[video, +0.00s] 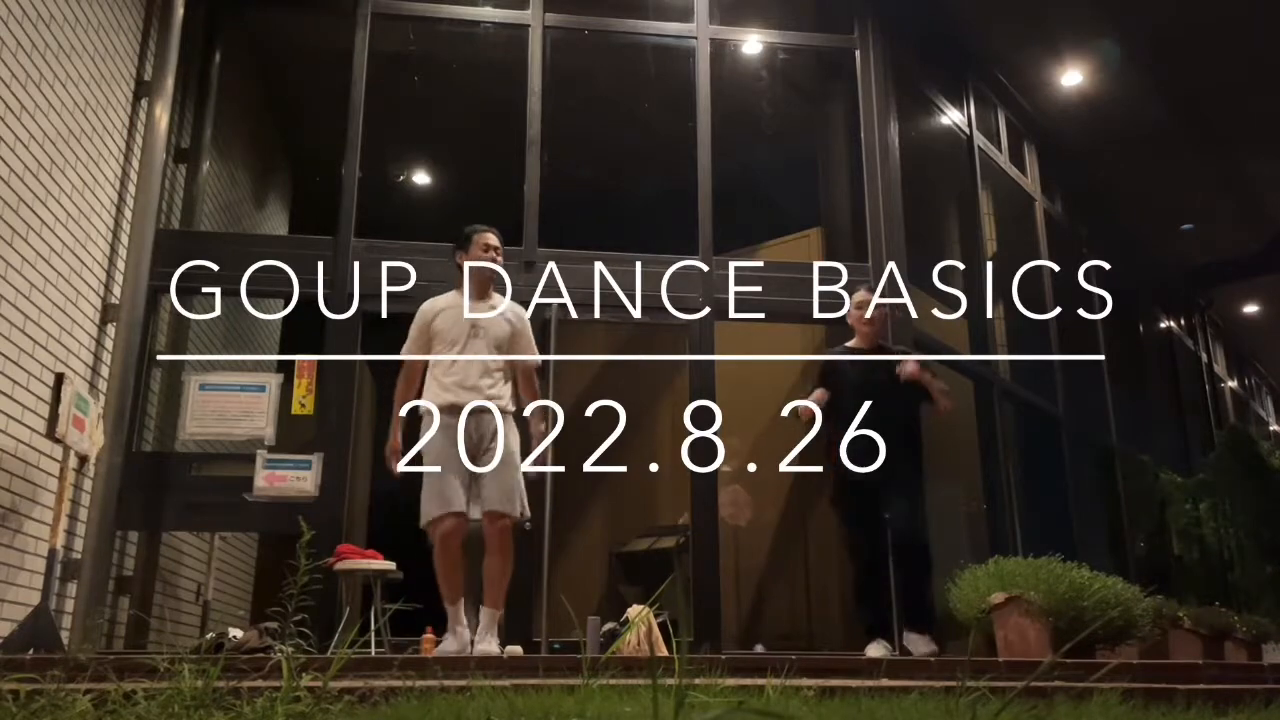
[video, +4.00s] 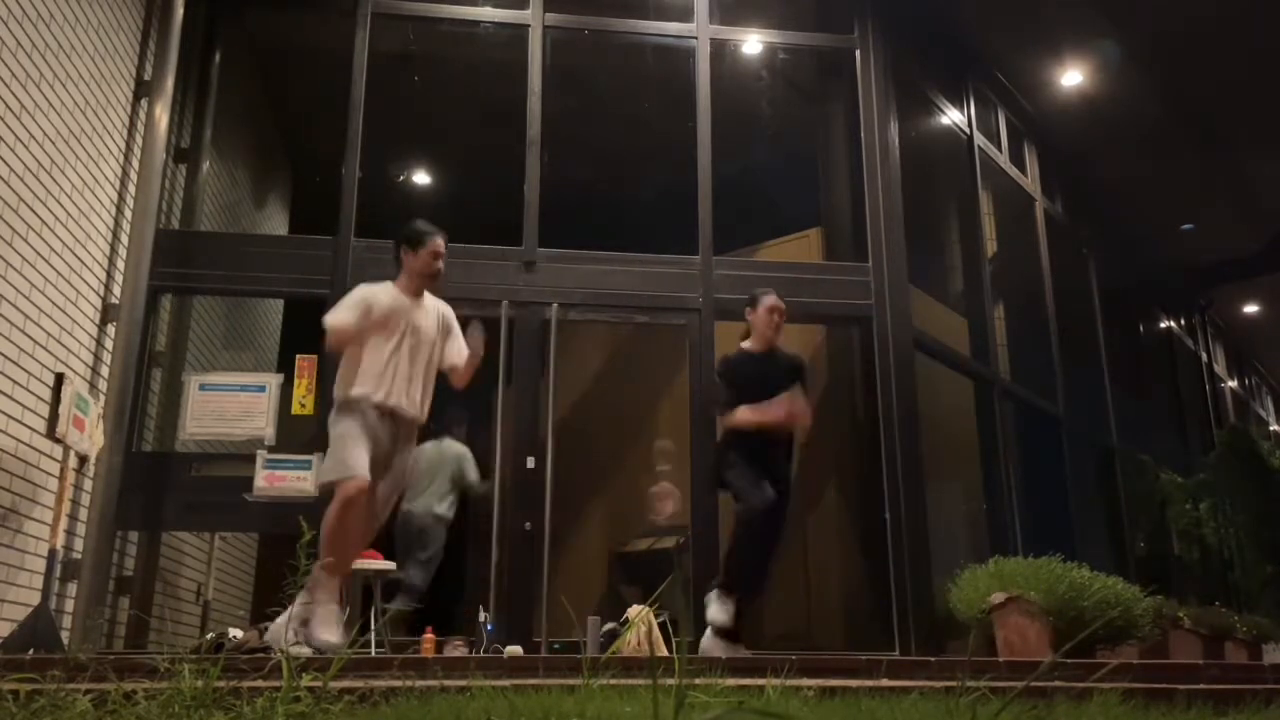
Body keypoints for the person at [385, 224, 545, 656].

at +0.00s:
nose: (495, 257)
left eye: (499, 251)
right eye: (486, 249)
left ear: (503, 262)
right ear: (462, 258)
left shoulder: (514, 315)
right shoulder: (433, 310)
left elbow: (527, 378)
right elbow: (410, 372)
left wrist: (537, 421)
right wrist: (396, 427)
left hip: (498, 424)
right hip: (443, 423)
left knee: (499, 524)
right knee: (448, 526)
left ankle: (488, 631)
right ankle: (457, 630)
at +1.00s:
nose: (422, 267)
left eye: (426, 259)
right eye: (414, 259)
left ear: (430, 262)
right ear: (389, 259)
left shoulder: (444, 311)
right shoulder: (360, 316)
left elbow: (463, 367)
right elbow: (336, 379)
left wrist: (479, 418)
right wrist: (319, 439)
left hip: (433, 429)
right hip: (373, 429)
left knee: (445, 506)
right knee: (345, 522)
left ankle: (459, 613)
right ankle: (320, 626)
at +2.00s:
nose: (430, 274)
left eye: (434, 269)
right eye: (422, 267)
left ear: (438, 277)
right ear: (398, 272)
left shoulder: (448, 325)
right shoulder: (371, 319)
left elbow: (466, 368)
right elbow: (334, 355)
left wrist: (463, 403)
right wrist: (337, 393)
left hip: (417, 441)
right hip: (364, 432)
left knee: (394, 534)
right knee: (338, 530)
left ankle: (347, 627)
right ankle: (303, 624)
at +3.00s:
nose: (529, 256)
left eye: (535, 247)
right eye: (522, 250)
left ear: (550, 252)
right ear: (512, 260)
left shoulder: (570, 285)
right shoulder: (514, 308)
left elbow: (585, 327)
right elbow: (488, 362)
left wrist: (541, 294)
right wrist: (463, 336)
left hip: (582, 406)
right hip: (543, 416)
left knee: (576, 507)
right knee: (511, 506)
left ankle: (633, 601)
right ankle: (565, 599)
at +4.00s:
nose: (440, 263)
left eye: (443, 257)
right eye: (433, 255)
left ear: (442, 261)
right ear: (406, 254)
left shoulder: (441, 313)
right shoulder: (371, 295)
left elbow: (459, 378)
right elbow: (333, 337)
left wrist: (475, 353)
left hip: (403, 426)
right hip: (356, 413)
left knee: (366, 526)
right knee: (355, 487)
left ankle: (294, 618)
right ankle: (325, 600)